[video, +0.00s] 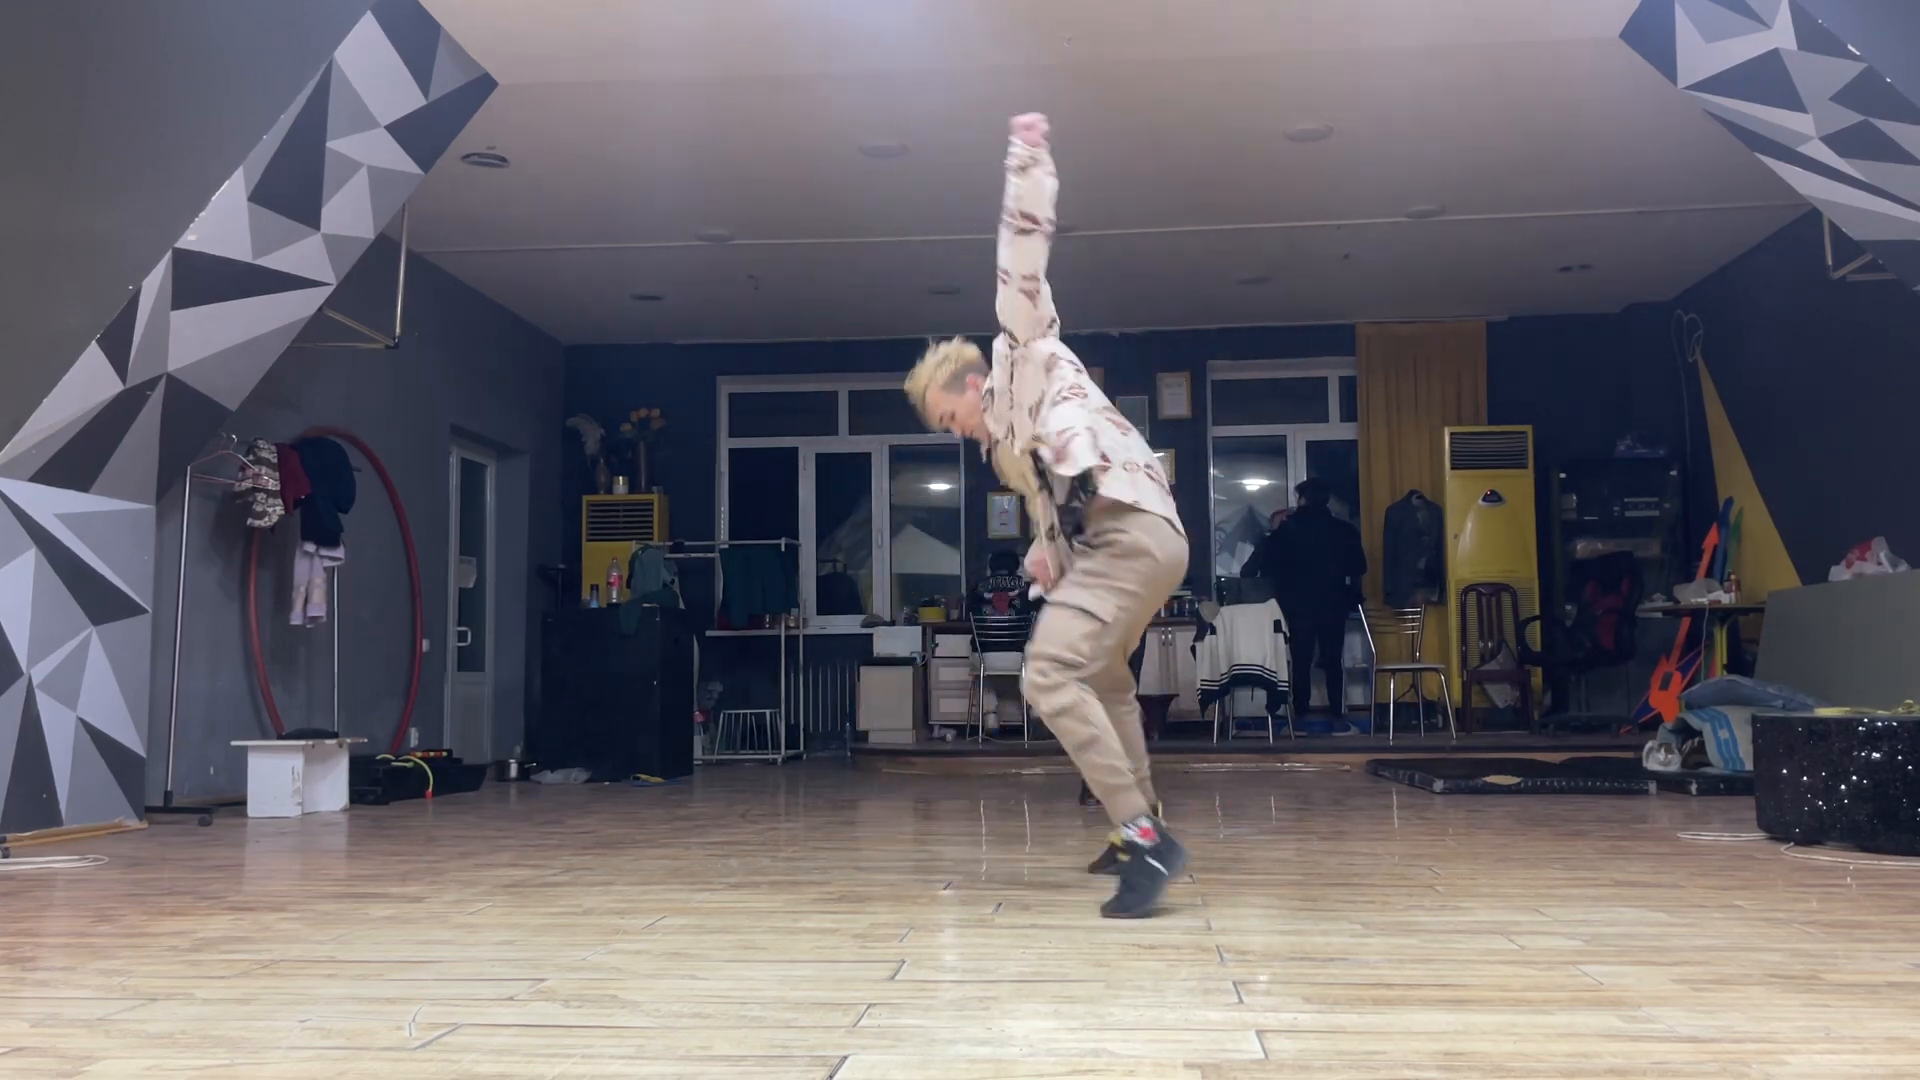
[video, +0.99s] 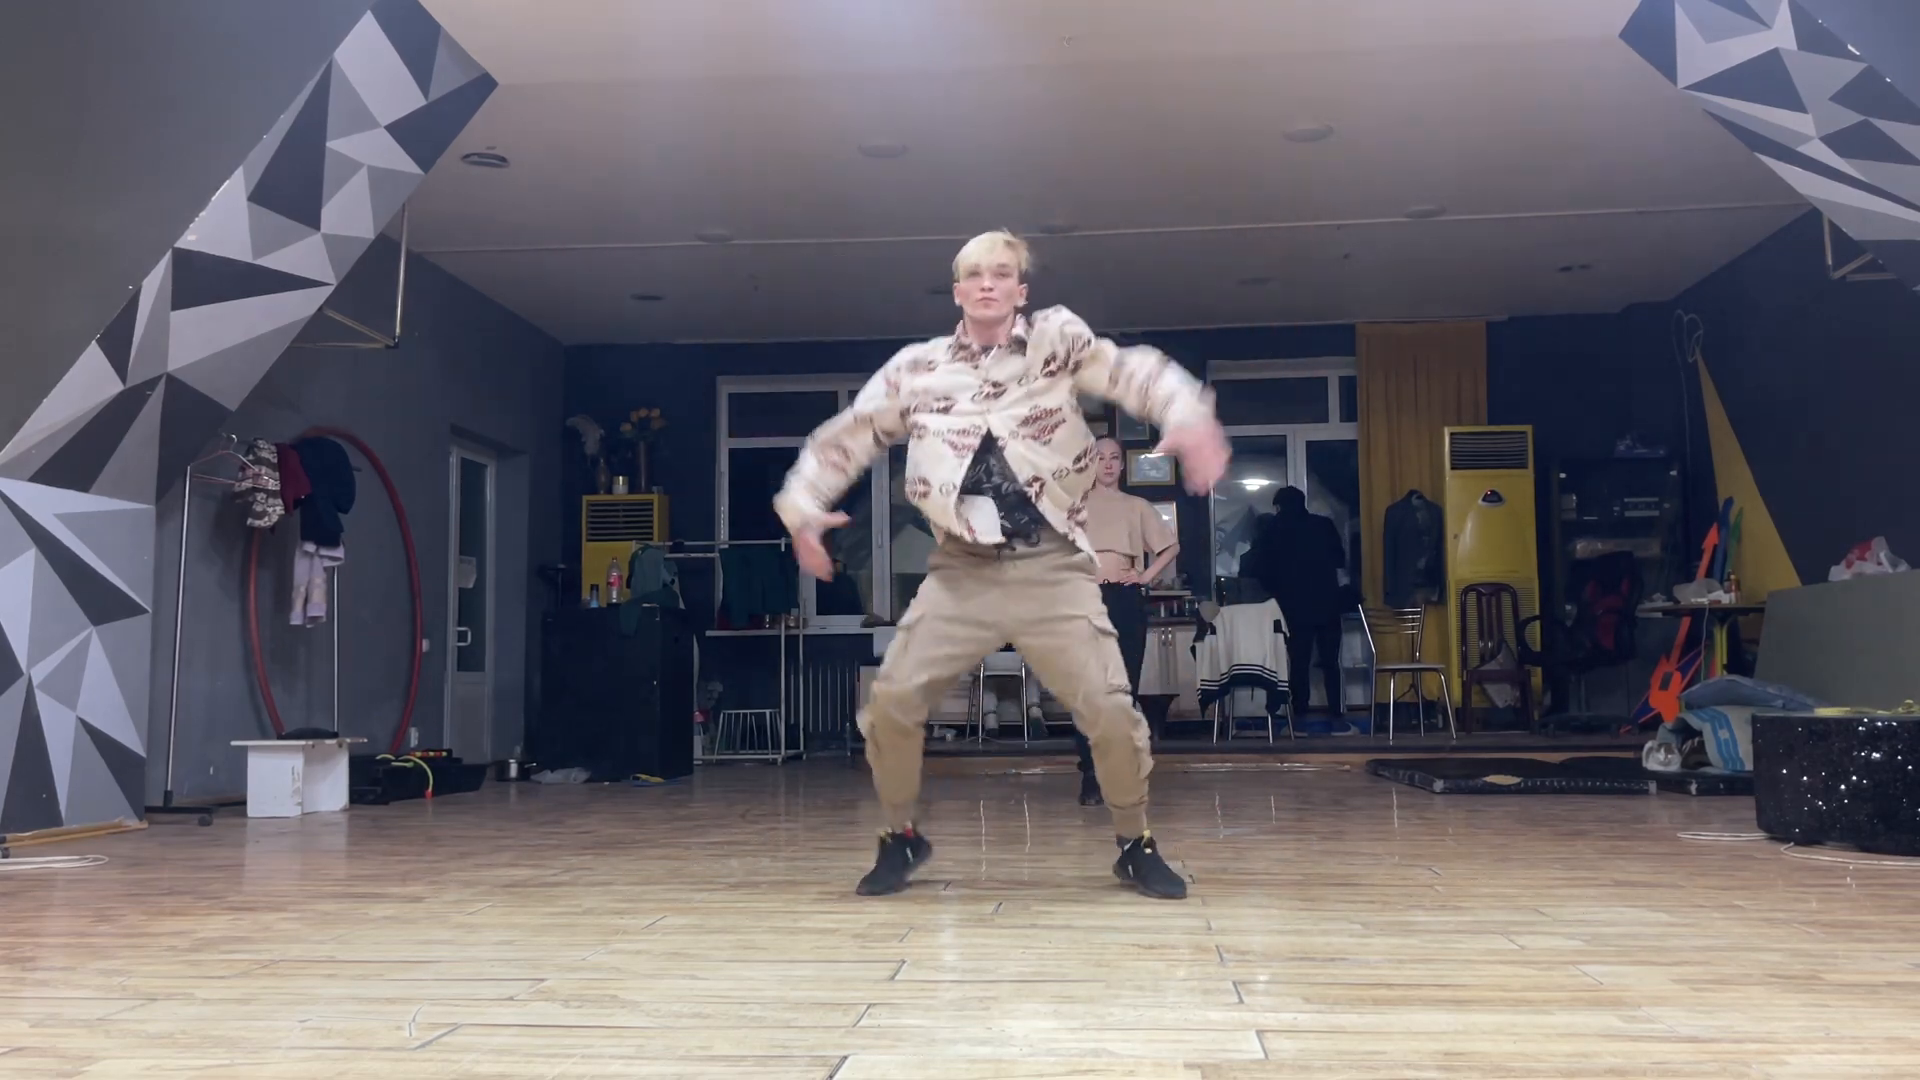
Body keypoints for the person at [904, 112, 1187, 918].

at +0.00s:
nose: (957, 430)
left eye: (951, 415)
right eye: (947, 425)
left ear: (968, 379)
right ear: (965, 400)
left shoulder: (1022, 348)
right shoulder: (1019, 437)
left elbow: (1021, 252)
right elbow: (1070, 501)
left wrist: (1027, 156)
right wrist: (1049, 547)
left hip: (1132, 529)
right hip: (1125, 542)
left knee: (1051, 674)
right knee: (1104, 675)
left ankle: (1145, 839)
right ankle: (1139, 824)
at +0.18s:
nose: (965, 576)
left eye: (962, 560)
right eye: (953, 571)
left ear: (981, 523)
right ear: (958, 564)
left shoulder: (1020, 478)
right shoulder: (1011, 599)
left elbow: (996, 372)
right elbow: (1056, 644)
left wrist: (976, 279)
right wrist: (1053, 682)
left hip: (1188, 598)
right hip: (1124, 624)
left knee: (1110, 703)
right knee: (1063, 711)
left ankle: (1204, 864)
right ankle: (1149, 840)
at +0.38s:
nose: (947, 433)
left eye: (946, 417)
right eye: (939, 425)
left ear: (973, 386)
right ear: (954, 409)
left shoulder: (1027, 378)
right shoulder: (999, 476)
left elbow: (1067, 383)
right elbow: (1048, 556)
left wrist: (1042, 435)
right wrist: (1031, 620)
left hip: (1151, 536)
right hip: (1089, 561)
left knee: (1094, 666)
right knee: (1051, 686)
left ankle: (1176, 840)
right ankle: (1131, 820)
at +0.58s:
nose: (993, 263)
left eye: (1004, 248)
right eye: (982, 255)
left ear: (1041, 247)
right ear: (977, 265)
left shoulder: (1104, 315)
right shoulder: (987, 345)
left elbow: (1154, 424)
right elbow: (1000, 443)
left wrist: (1151, 505)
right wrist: (980, 491)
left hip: (1094, 525)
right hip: (1020, 533)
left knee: (1075, 684)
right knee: (1024, 691)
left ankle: (1099, 845)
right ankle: (1098, 828)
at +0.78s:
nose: (1001, 238)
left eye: (1017, 225)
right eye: (990, 227)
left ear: (1045, 235)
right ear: (977, 237)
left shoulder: (1094, 293)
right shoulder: (943, 304)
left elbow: (1187, 284)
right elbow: (872, 297)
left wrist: (1210, 224)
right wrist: (834, 238)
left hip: (1084, 516)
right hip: (992, 523)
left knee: (1117, 646)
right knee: (919, 635)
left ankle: (1113, 805)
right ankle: (1009, 734)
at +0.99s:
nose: (986, 284)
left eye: (999, 275)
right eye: (974, 275)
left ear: (1021, 287)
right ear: (955, 288)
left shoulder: (1056, 341)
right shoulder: (916, 370)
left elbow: (1135, 373)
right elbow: (846, 439)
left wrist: (1189, 417)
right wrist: (800, 505)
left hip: (1055, 570)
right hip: (959, 575)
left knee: (1112, 713)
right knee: (891, 702)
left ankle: (1136, 844)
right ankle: (901, 838)